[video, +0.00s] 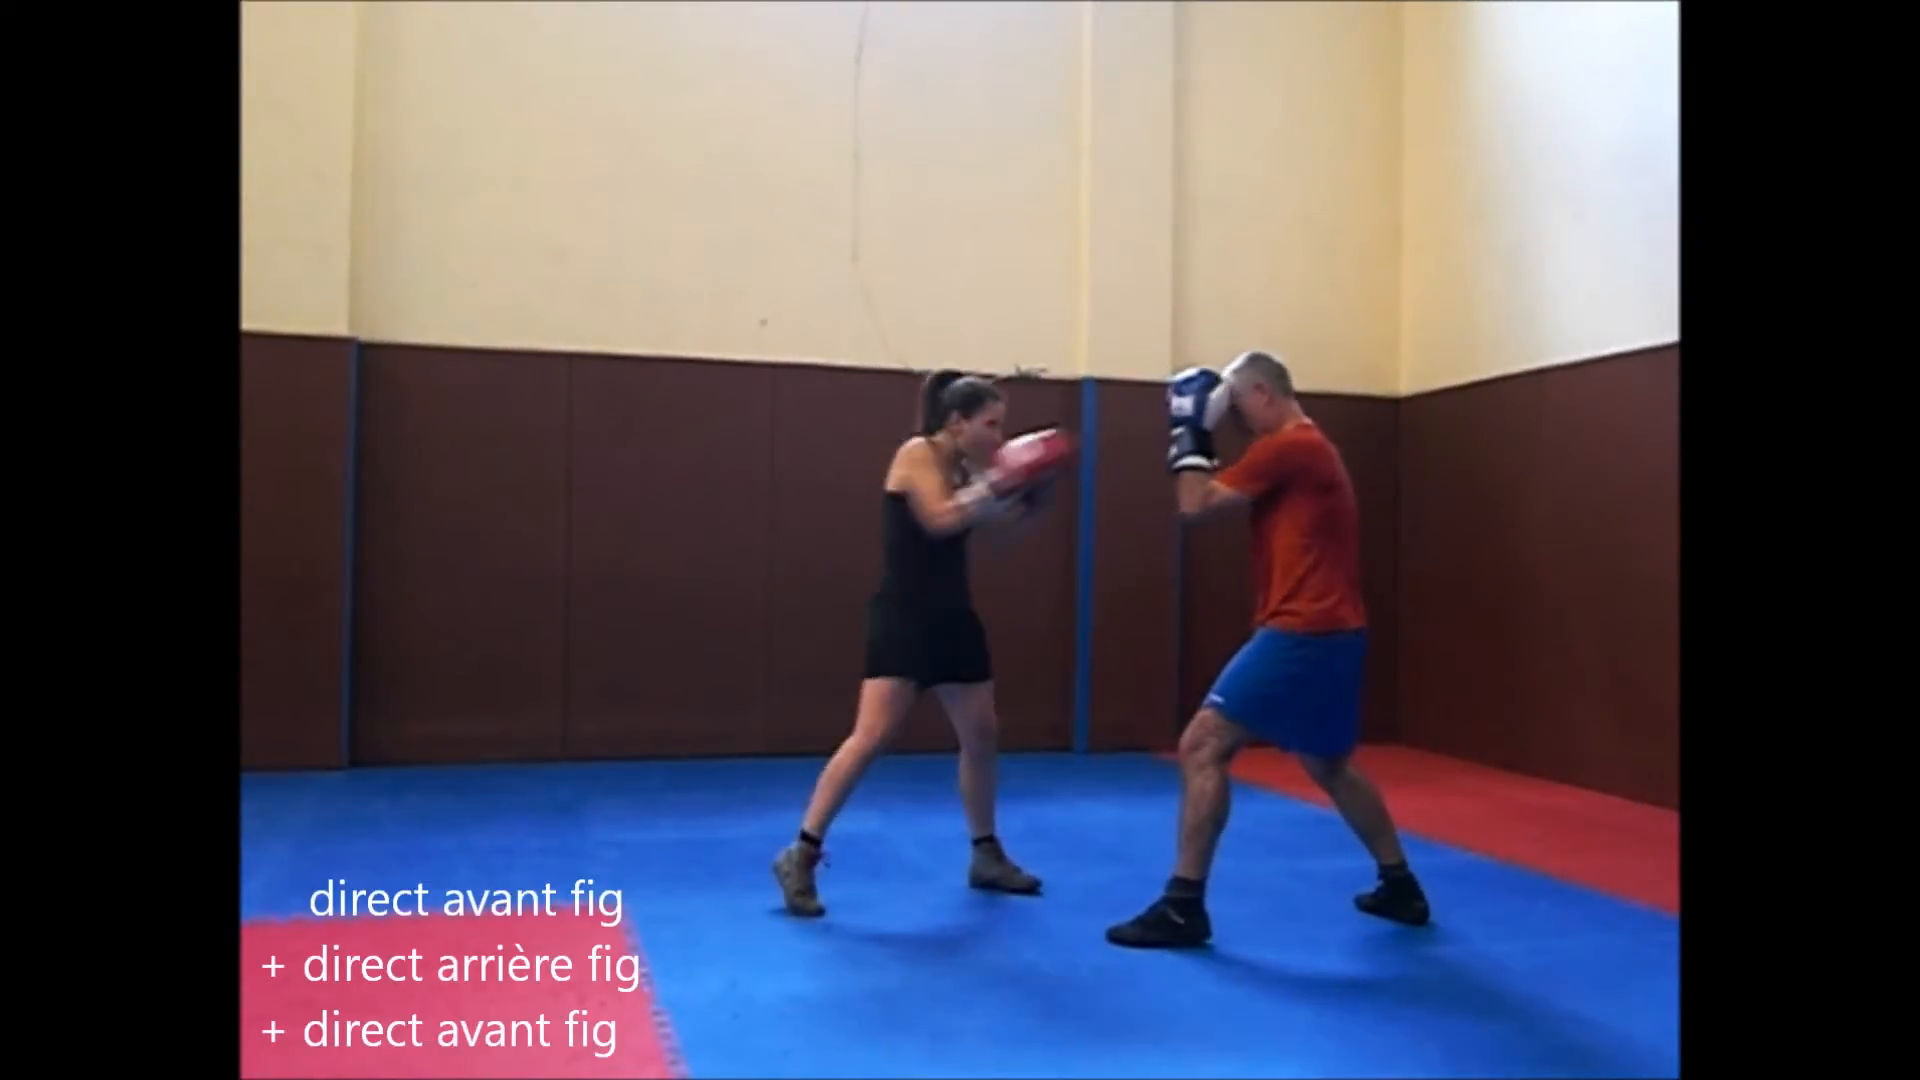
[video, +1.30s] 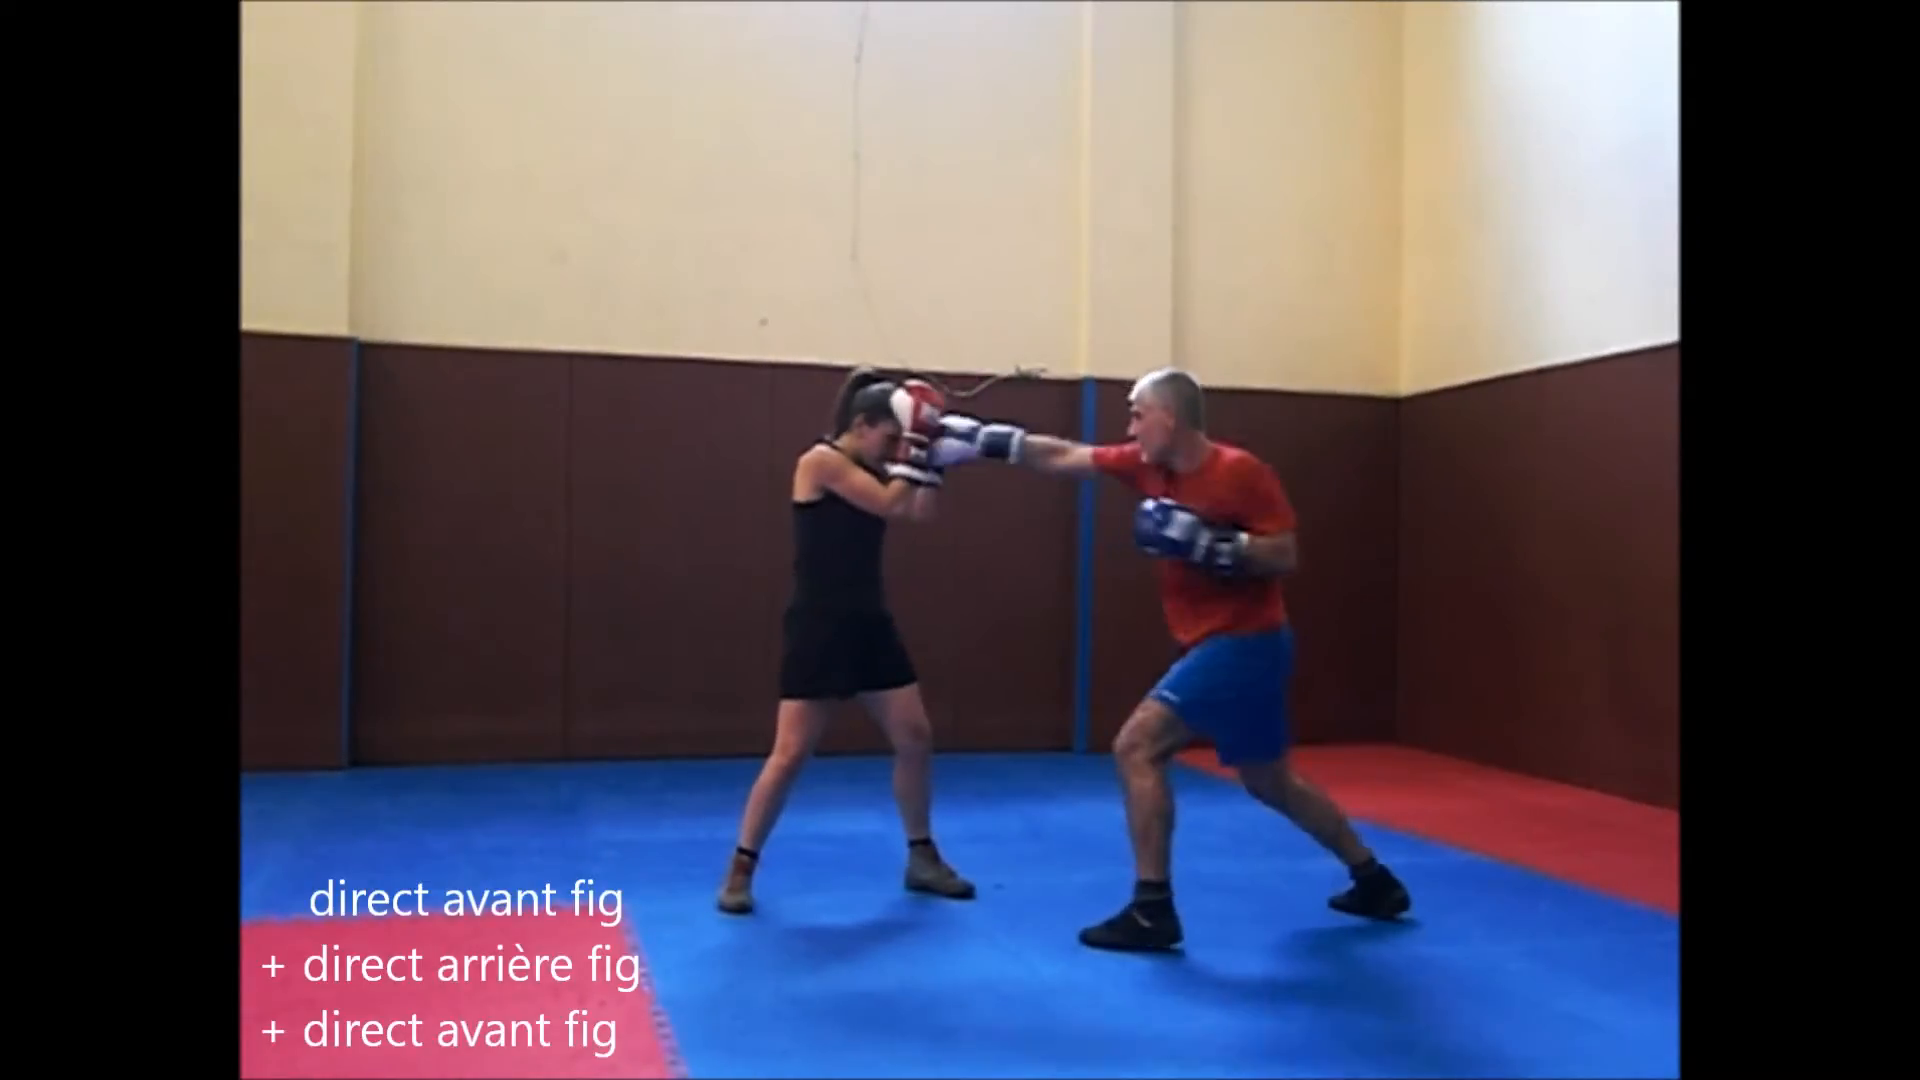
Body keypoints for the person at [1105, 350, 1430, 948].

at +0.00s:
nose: (1236, 415)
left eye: (1238, 402)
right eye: (1234, 404)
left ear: (1264, 393)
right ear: (1278, 392)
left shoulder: (1287, 447)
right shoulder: (1308, 446)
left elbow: (1194, 500)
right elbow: (1214, 493)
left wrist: (1185, 429)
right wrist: (1200, 433)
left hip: (1298, 631)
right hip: (1333, 631)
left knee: (1202, 748)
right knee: (1330, 764)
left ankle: (1183, 905)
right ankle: (1401, 886)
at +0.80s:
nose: (1206, 409)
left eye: (1212, 395)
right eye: (1205, 396)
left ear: (1243, 392)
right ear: (1260, 394)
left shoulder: (1250, 441)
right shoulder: (1309, 444)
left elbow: (1220, 521)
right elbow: (1265, 512)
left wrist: (1175, 484)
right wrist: (1213, 466)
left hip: (1249, 625)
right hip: (1311, 629)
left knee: (1140, 726)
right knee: (1308, 758)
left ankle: (1143, 879)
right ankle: (1370, 885)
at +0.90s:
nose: (1190, 412)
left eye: (1194, 400)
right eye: (1189, 401)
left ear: (1224, 395)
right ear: (1246, 397)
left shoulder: (1208, 440)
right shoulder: (1307, 445)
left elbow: (1157, 488)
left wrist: (1091, 464)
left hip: (1223, 630)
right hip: (1297, 633)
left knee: (1136, 744)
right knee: (1313, 757)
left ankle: (1145, 894)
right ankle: (1370, 886)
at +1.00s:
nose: (1167, 420)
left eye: (1173, 409)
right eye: (1167, 410)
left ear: (1207, 409)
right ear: (1229, 410)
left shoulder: (1172, 455)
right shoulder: (1290, 452)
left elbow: (1073, 461)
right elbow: (1313, 535)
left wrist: (990, 445)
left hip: (1217, 642)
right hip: (1293, 644)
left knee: (1120, 751)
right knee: (1308, 762)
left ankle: (1146, 899)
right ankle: (1371, 888)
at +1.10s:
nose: (1146, 415)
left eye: (1152, 403)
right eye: (1145, 403)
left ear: (1182, 405)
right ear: (1208, 404)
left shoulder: (1168, 453)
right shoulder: (1267, 453)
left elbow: (1094, 508)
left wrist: (1038, 485)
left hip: (1214, 645)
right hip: (1286, 641)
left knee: (1118, 752)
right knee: (1297, 766)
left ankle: (1148, 906)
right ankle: (1371, 889)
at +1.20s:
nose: (1128, 416)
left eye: (1137, 403)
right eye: (1127, 404)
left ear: (1174, 406)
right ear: (1176, 409)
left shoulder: (1211, 462)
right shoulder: (1194, 458)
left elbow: (1222, 549)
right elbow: (1177, 490)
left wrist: (1138, 528)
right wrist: (1117, 463)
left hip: (1233, 637)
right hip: (1259, 634)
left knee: (1132, 748)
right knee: (1280, 771)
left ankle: (1152, 908)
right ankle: (1369, 887)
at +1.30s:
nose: (1130, 427)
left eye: (1138, 415)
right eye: (1130, 416)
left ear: (1175, 418)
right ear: (1168, 420)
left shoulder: (1241, 473)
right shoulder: (1146, 466)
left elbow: (1284, 554)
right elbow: (1058, 455)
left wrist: (1205, 541)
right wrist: (982, 439)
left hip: (1245, 643)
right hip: (1224, 645)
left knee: (1138, 744)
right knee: (1270, 781)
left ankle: (1153, 911)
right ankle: (1375, 880)